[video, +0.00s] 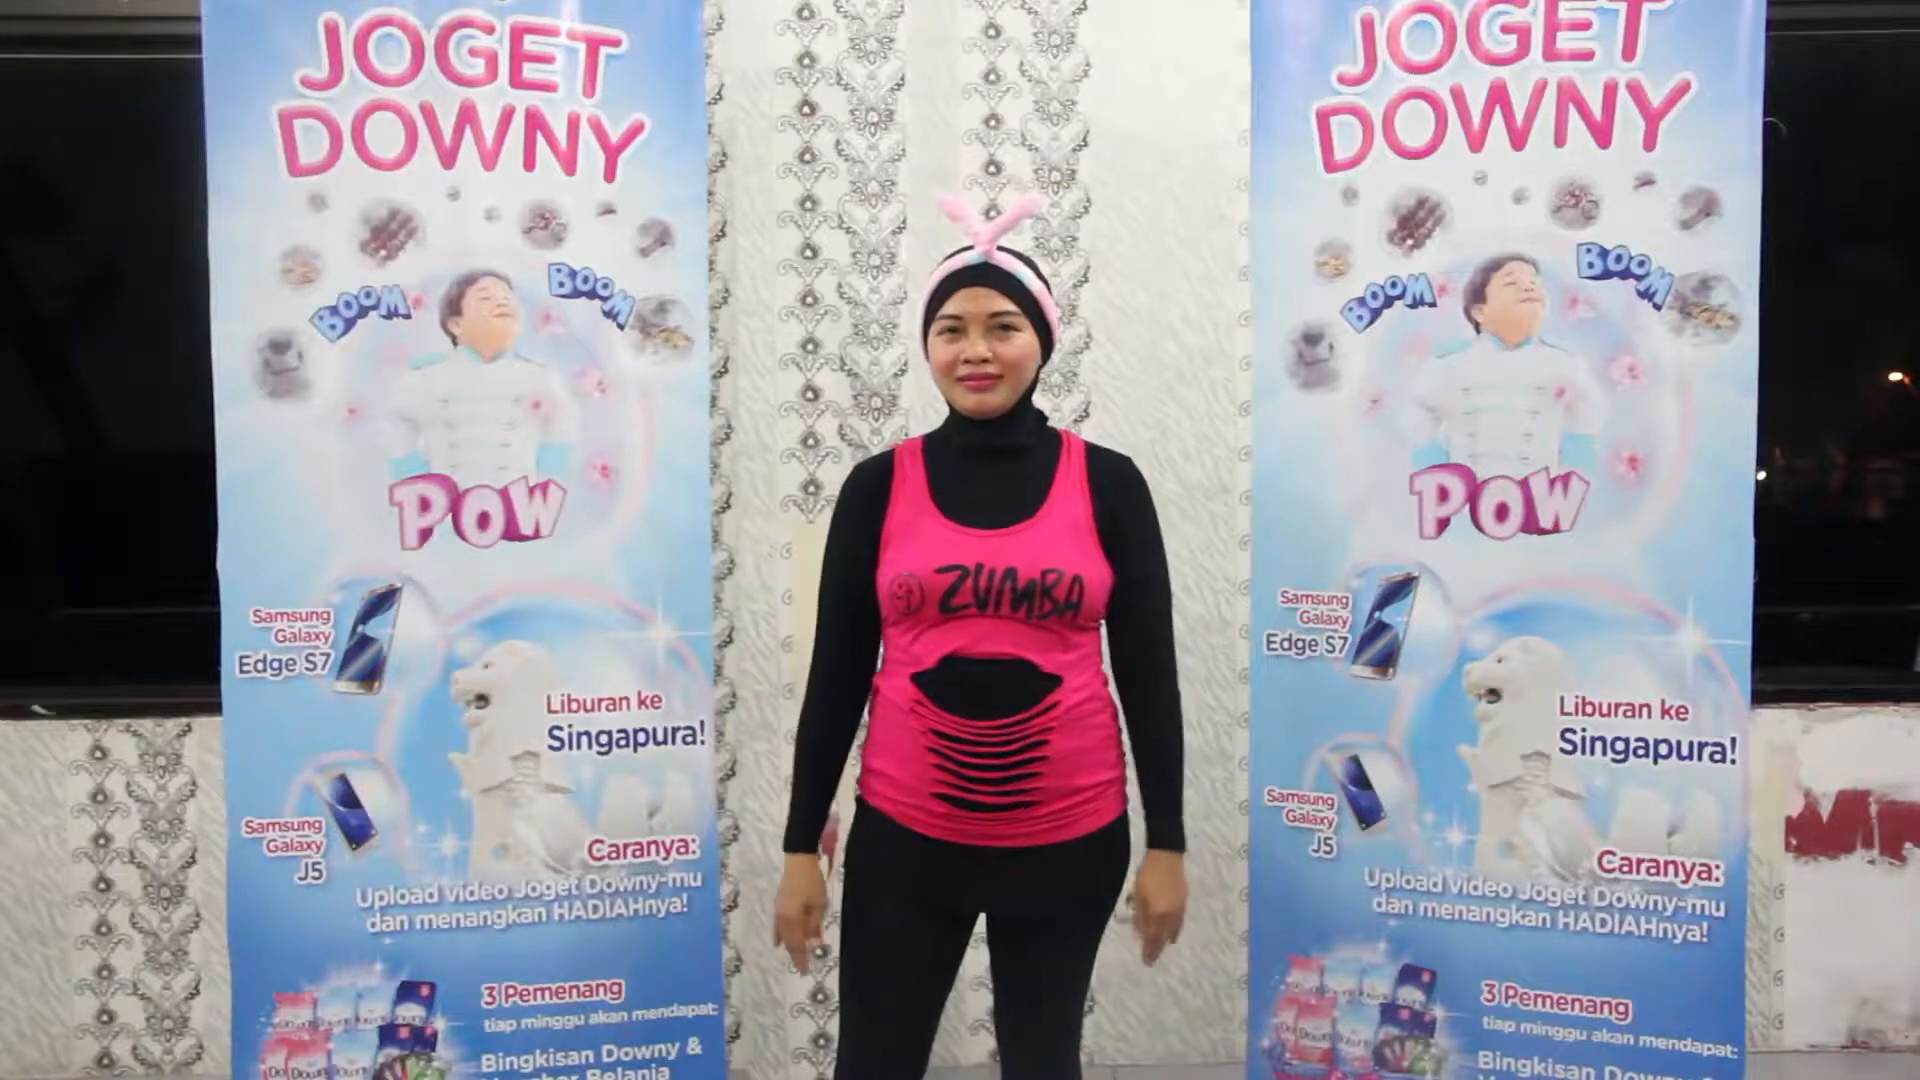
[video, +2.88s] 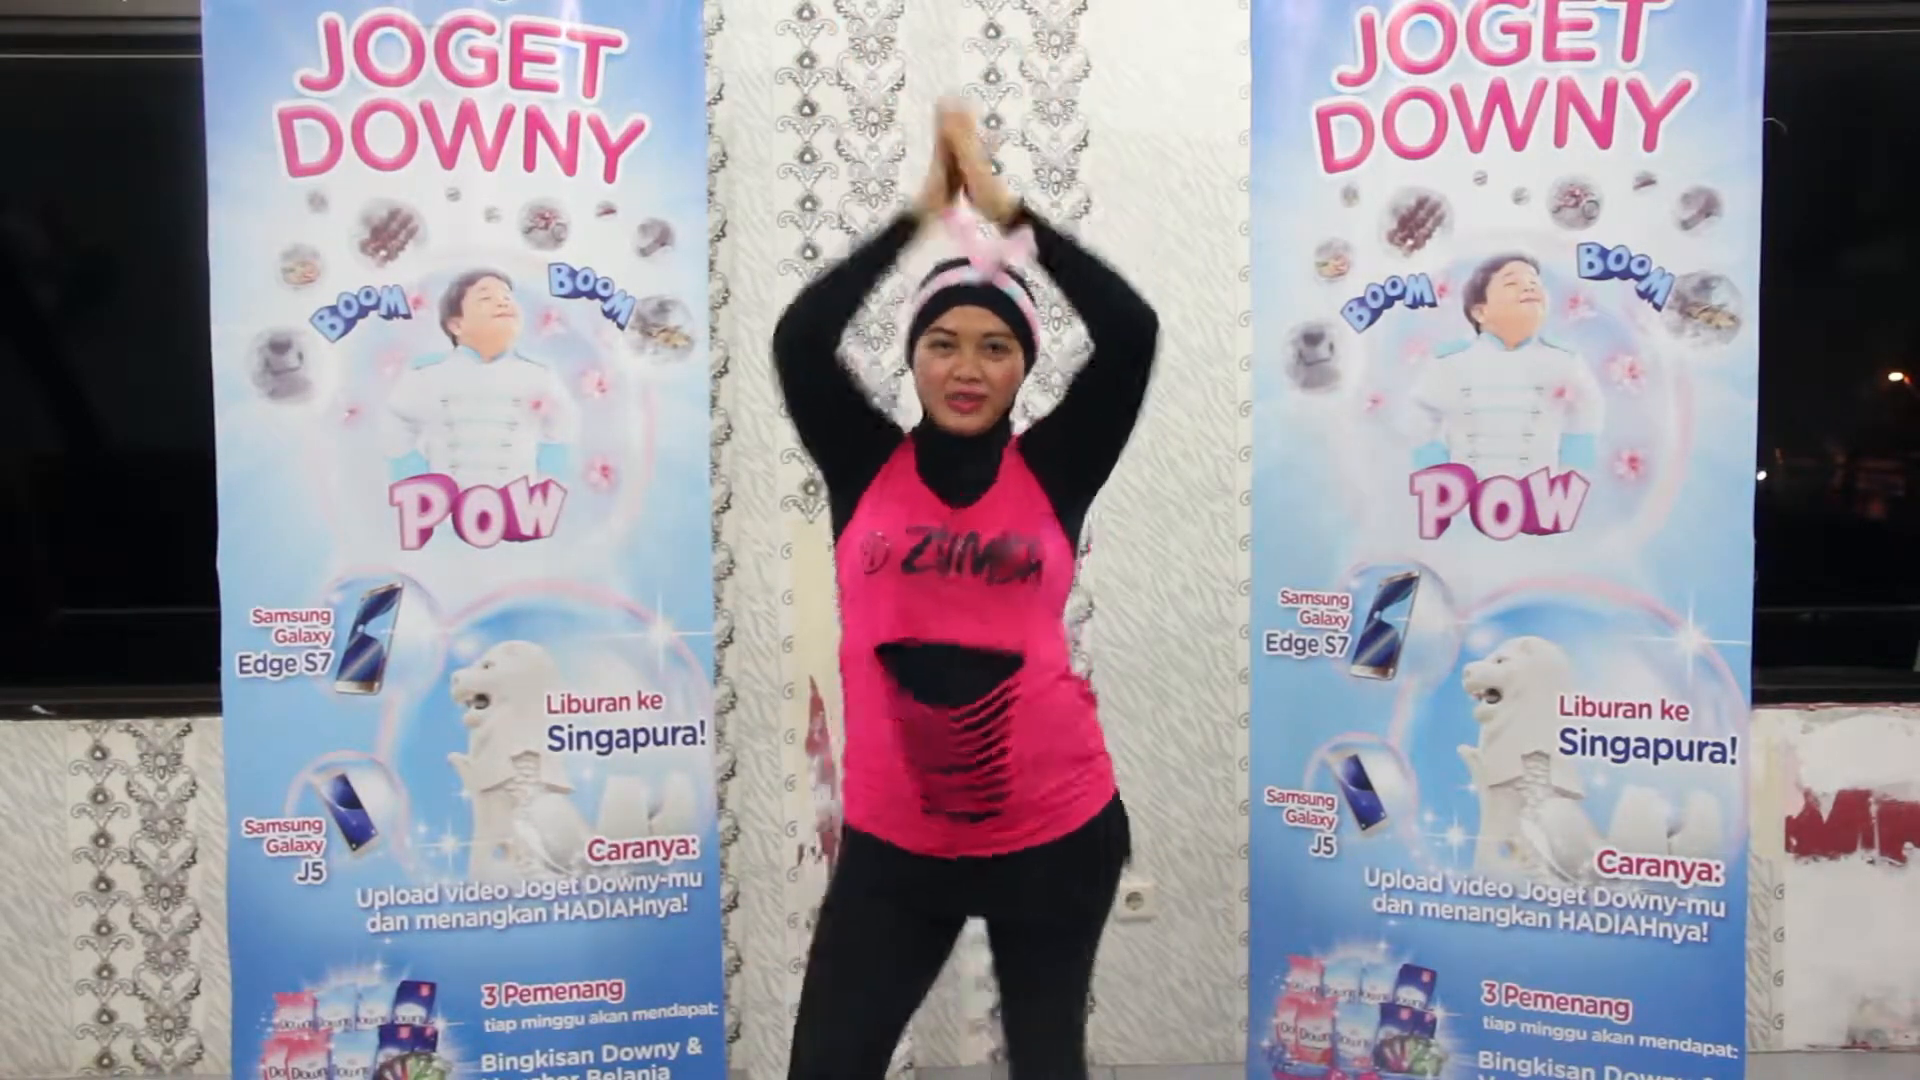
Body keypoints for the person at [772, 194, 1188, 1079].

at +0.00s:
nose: (977, 349)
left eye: (1004, 327)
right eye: (953, 329)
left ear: (1043, 347)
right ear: (928, 351)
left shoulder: (1106, 484)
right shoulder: (878, 489)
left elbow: (1147, 668)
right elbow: (839, 672)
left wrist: (1166, 842)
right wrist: (801, 847)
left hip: (1065, 835)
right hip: (908, 833)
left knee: (1043, 1061)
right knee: (874, 1062)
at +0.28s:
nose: (982, 349)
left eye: (1009, 327)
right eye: (958, 329)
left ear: (1047, 347)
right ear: (932, 351)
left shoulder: (1104, 480)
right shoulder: (883, 484)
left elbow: (1158, 646)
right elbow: (836, 656)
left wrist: (1205, 811)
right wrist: (775, 817)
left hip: (1067, 829)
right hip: (908, 827)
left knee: (1042, 1057)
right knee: (875, 1060)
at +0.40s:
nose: (985, 354)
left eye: (1012, 332)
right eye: (961, 333)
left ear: (1047, 351)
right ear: (933, 352)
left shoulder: (1102, 471)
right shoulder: (884, 479)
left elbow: (1209, 582)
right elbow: (793, 615)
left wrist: (1293, 632)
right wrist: (693, 650)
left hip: (1069, 826)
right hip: (914, 824)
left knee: (1045, 1061)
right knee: (876, 1061)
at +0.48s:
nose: (985, 358)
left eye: (1009, 337)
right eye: (961, 338)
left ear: (1046, 352)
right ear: (933, 355)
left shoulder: (1101, 461)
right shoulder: (889, 468)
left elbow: (1261, 511)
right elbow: (739, 554)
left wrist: (1330, 438)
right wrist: (639, 469)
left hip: (1069, 837)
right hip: (914, 834)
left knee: (1045, 1061)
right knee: (876, 1063)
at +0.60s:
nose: (989, 360)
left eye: (1014, 339)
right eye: (965, 339)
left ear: (1048, 355)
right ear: (936, 356)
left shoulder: (1099, 457)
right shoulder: (884, 467)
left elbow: (1244, 378)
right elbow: (738, 431)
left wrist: (1264, 229)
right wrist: (703, 270)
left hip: (1070, 837)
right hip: (916, 833)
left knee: (1048, 1063)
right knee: (874, 1064)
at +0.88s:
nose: (993, 374)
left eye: (1017, 353)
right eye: (969, 351)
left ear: (1049, 366)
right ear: (935, 361)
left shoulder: (1079, 462)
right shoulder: (881, 463)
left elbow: (1175, 306)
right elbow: (786, 319)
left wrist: (1126, 142)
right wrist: (824, 156)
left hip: (1073, 840)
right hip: (917, 840)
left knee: (1054, 1061)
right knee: (872, 1064)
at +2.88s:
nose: (967, 365)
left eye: (993, 347)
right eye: (944, 344)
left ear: (1023, 371)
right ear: (912, 365)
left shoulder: (1054, 472)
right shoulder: (865, 468)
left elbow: (1130, 331)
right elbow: (801, 336)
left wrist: (1014, 216)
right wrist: (917, 214)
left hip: (1052, 839)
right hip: (895, 842)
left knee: (1048, 1060)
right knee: (824, 1064)